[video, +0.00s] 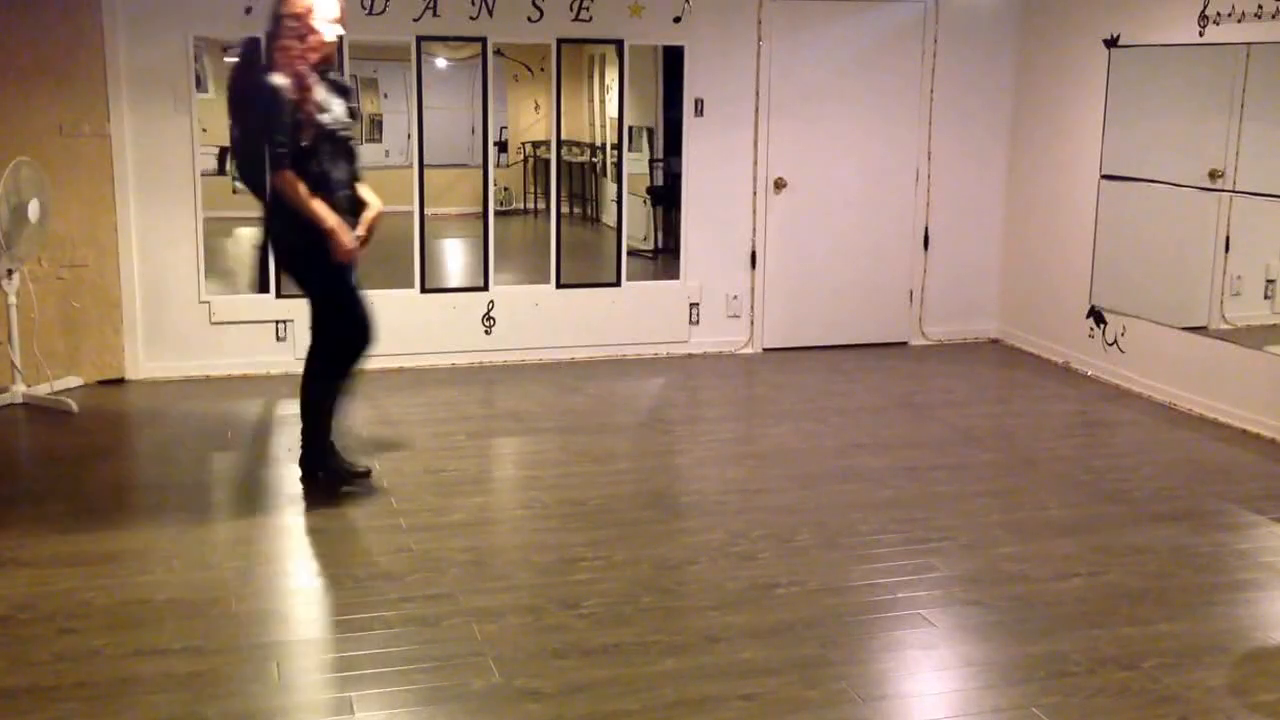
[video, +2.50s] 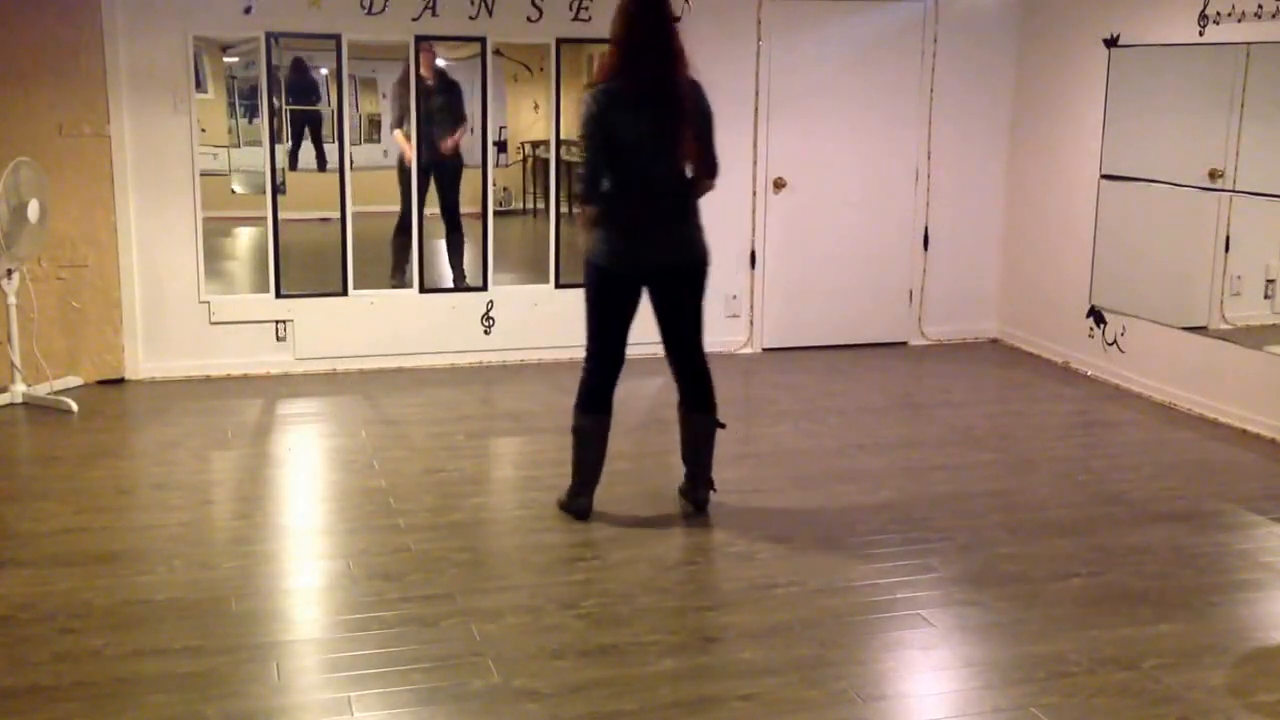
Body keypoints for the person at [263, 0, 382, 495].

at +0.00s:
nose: (303, 42)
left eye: (311, 32)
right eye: (293, 31)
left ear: (325, 37)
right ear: (277, 37)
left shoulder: (331, 88)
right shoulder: (269, 87)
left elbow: (337, 163)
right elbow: (274, 168)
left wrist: (371, 201)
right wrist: (331, 223)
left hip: (330, 227)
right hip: (297, 229)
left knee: (331, 335)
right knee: (349, 330)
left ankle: (318, 455)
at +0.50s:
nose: (469, 29)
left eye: (466, 20)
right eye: (462, 21)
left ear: (431, 31)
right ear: (442, 29)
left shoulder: (443, 85)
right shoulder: (434, 92)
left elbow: (461, 166)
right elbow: (455, 175)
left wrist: (506, 214)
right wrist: (510, 220)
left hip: (457, 234)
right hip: (450, 237)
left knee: (494, 337)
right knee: (485, 342)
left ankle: (422, 422)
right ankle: (470, 472)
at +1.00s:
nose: (585, 30)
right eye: (577, 21)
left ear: (537, 38)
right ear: (572, 32)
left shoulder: (549, 89)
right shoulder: (578, 90)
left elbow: (573, 167)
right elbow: (593, 170)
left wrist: (613, 221)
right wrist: (628, 225)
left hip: (558, 230)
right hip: (577, 232)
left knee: (597, 350)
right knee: (600, 350)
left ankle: (609, 465)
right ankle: (511, 442)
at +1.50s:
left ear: (620, 37)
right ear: (672, 34)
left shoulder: (602, 91)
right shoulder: (695, 93)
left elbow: (587, 160)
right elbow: (722, 169)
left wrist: (626, 144)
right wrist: (684, 138)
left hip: (615, 241)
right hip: (680, 244)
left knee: (622, 345)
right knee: (682, 353)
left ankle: (610, 465)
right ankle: (696, 478)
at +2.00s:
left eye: (661, 26)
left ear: (658, 34)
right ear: (710, 36)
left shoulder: (640, 93)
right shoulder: (730, 92)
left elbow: (614, 168)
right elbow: (736, 165)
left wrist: (651, 180)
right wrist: (694, 166)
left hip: (651, 247)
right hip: (716, 247)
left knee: (638, 358)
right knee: (712, 361)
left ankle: (627, 478)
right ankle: (698, 483)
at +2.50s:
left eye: (617, 32)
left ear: (618, 38)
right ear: (670, 36)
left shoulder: (604, 98)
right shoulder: (690, 93)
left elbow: (591, 182)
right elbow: (708, 171)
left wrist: (590, 205)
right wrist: (674, 202)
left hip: (615, 249)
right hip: (678, 248)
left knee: (601, 364)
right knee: (689, 360)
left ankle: (582, 490)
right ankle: (698, 484)